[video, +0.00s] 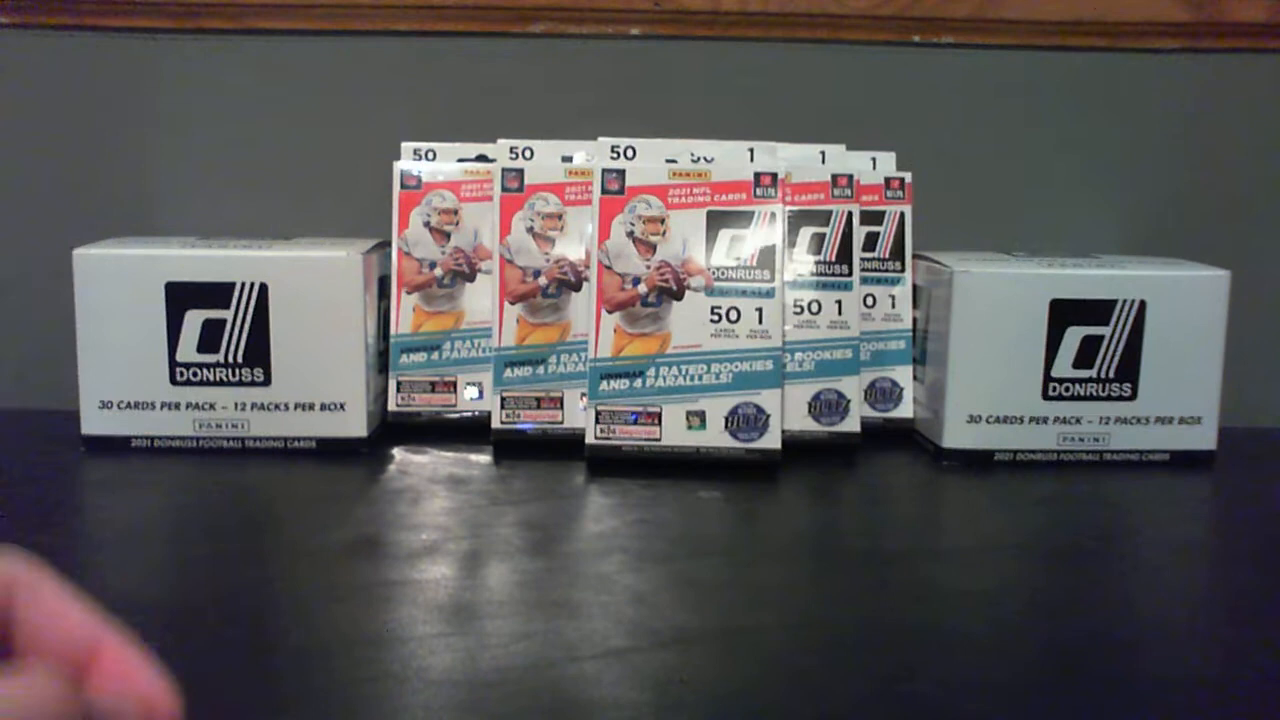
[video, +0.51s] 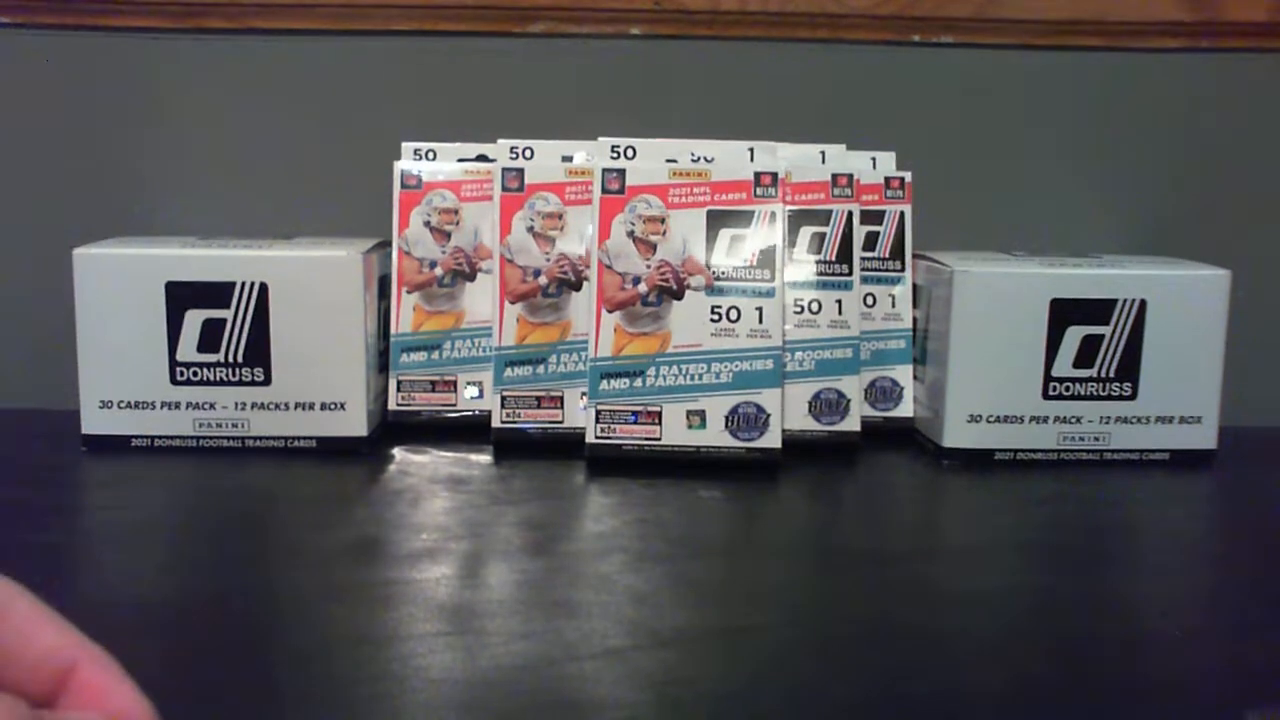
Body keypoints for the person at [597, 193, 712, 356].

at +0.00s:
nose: (657, 228)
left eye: (660, 222)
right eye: (650, 222)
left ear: (665, 223)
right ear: (634, 223)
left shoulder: (674, 250)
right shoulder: (613, 250)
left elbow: (706, 279)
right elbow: (610, 303)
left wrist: (688, 282)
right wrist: (645, 286)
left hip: (655, 336)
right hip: (623, 333)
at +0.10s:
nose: (658, 229)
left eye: (661, 223)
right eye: (651, 223)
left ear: (666, 225)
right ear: (634, 224)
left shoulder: (674, 250)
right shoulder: (613, 251)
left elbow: (707, 280)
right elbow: (610, 303)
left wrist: (687, 282)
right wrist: (645, 287)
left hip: (655, 336)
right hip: (623, 334)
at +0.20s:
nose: (657, 228)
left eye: (661, 222)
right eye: (651, 222)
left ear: (666, 225)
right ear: (634, 223)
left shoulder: (674, 250)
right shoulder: (613, 250)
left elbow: (706, 279)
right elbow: (610, 303)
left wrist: (687, 282)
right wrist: (645, 287)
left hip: (655, 336)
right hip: (623, 333)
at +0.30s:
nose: (658, 228)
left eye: (661, 222)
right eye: (651, 222)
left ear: (666, 224)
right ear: (634, 223)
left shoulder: (674, 249)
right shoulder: (613, 250)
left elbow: (706, 279)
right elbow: (610, 303)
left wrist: (687, 282)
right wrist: (645, 287)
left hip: (655, 336)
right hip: (623, 333)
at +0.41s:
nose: (658, 228)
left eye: (661, 222)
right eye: (651, 222)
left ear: (665, 224)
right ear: (634, 223)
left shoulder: (674, 249)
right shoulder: (613, 250)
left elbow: (706, 278)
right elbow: (610, 303)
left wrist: (688, 282)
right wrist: (645, 286)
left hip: (655, 335)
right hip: (623, 333)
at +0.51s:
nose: (658, 228)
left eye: (661, 222)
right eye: (651, 222)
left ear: (666, 223)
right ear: (634, 223)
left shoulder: (674, 249)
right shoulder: (613, 250)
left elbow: (707, 278)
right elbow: (610, 302)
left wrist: (688, 281)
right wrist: (645, 286)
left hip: (655, 335)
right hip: (623, 332)